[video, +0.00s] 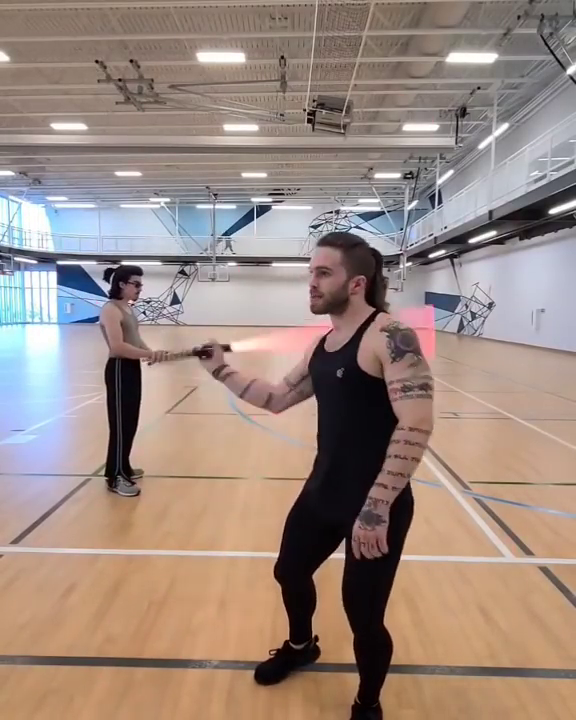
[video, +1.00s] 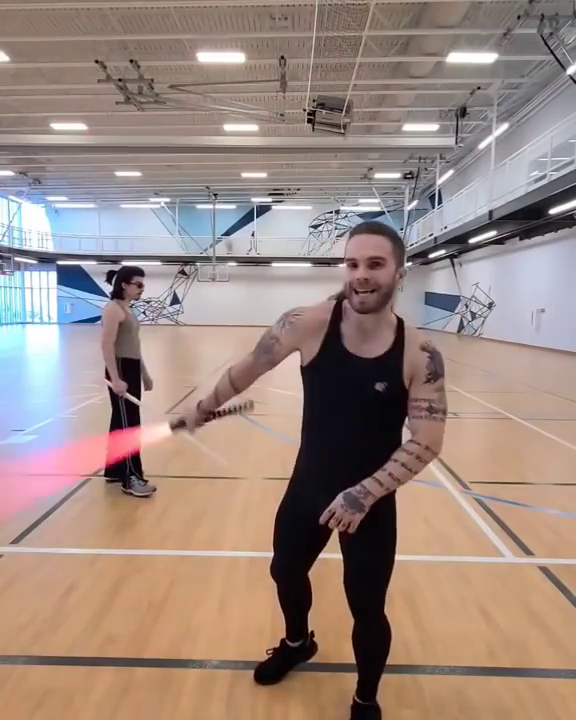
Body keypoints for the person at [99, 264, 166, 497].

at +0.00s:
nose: (139, 289)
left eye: (140, 285)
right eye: (135, 285)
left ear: (130, 287)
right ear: (121, 285)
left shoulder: (128, 309)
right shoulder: (111, 310)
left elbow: (134, 341)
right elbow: (116, 347)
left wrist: (152, 352)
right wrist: (148, 354)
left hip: (131, 366)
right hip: (120, 368)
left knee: (129, 422)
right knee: (121, 423)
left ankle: (123, 468)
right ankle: (114, 477)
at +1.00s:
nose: (141, 290)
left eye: (142, 286)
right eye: (137, 285)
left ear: (133, 288)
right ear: (124, 285)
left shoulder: (127, 310)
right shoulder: (113, 310)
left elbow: (134, 347)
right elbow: (107, 345)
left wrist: (144, 373)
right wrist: (115, 378)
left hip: (132, 367)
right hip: (121, 369)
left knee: (123, 421)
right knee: (130, 422)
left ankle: (115, 470)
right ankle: (131, 475)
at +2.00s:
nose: (144, 289)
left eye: (145, 285)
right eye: (140, 285)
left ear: (133, 287)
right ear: (126, 285)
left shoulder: (131, 309)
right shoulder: (117, 313)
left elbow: (135, 347)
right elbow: (120, 354)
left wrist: (147, 372)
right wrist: (130, 387)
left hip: (134, 370)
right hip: (125, 373)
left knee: (125, 424)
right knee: (136, 426)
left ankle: (116, 469)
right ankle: (133, 479)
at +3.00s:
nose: (137, 288)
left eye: (138, 284)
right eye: (133, 284)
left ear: (130, 287)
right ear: (119, 286)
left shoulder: (125, 310)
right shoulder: (113, 312)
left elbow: (133, 346)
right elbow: (119, 350)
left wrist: (147, 372)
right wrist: (133, 381)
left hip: (132, 369)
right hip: (123, 371)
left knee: (122, 421)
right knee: (136, 424)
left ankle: (114, 468)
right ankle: (136, 480)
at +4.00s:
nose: (137, 289)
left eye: (138, 285)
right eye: (133, 285)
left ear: (133, 287)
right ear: (119, 286)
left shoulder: (126, 310)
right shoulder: (114, 313)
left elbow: (133, 347)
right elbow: (119, 351)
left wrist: (144, 373)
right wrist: (132, 381)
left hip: (131, 369)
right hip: (123, 372)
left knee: (122, 421)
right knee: (136, 424)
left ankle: (114, 468)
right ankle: (135, 479)